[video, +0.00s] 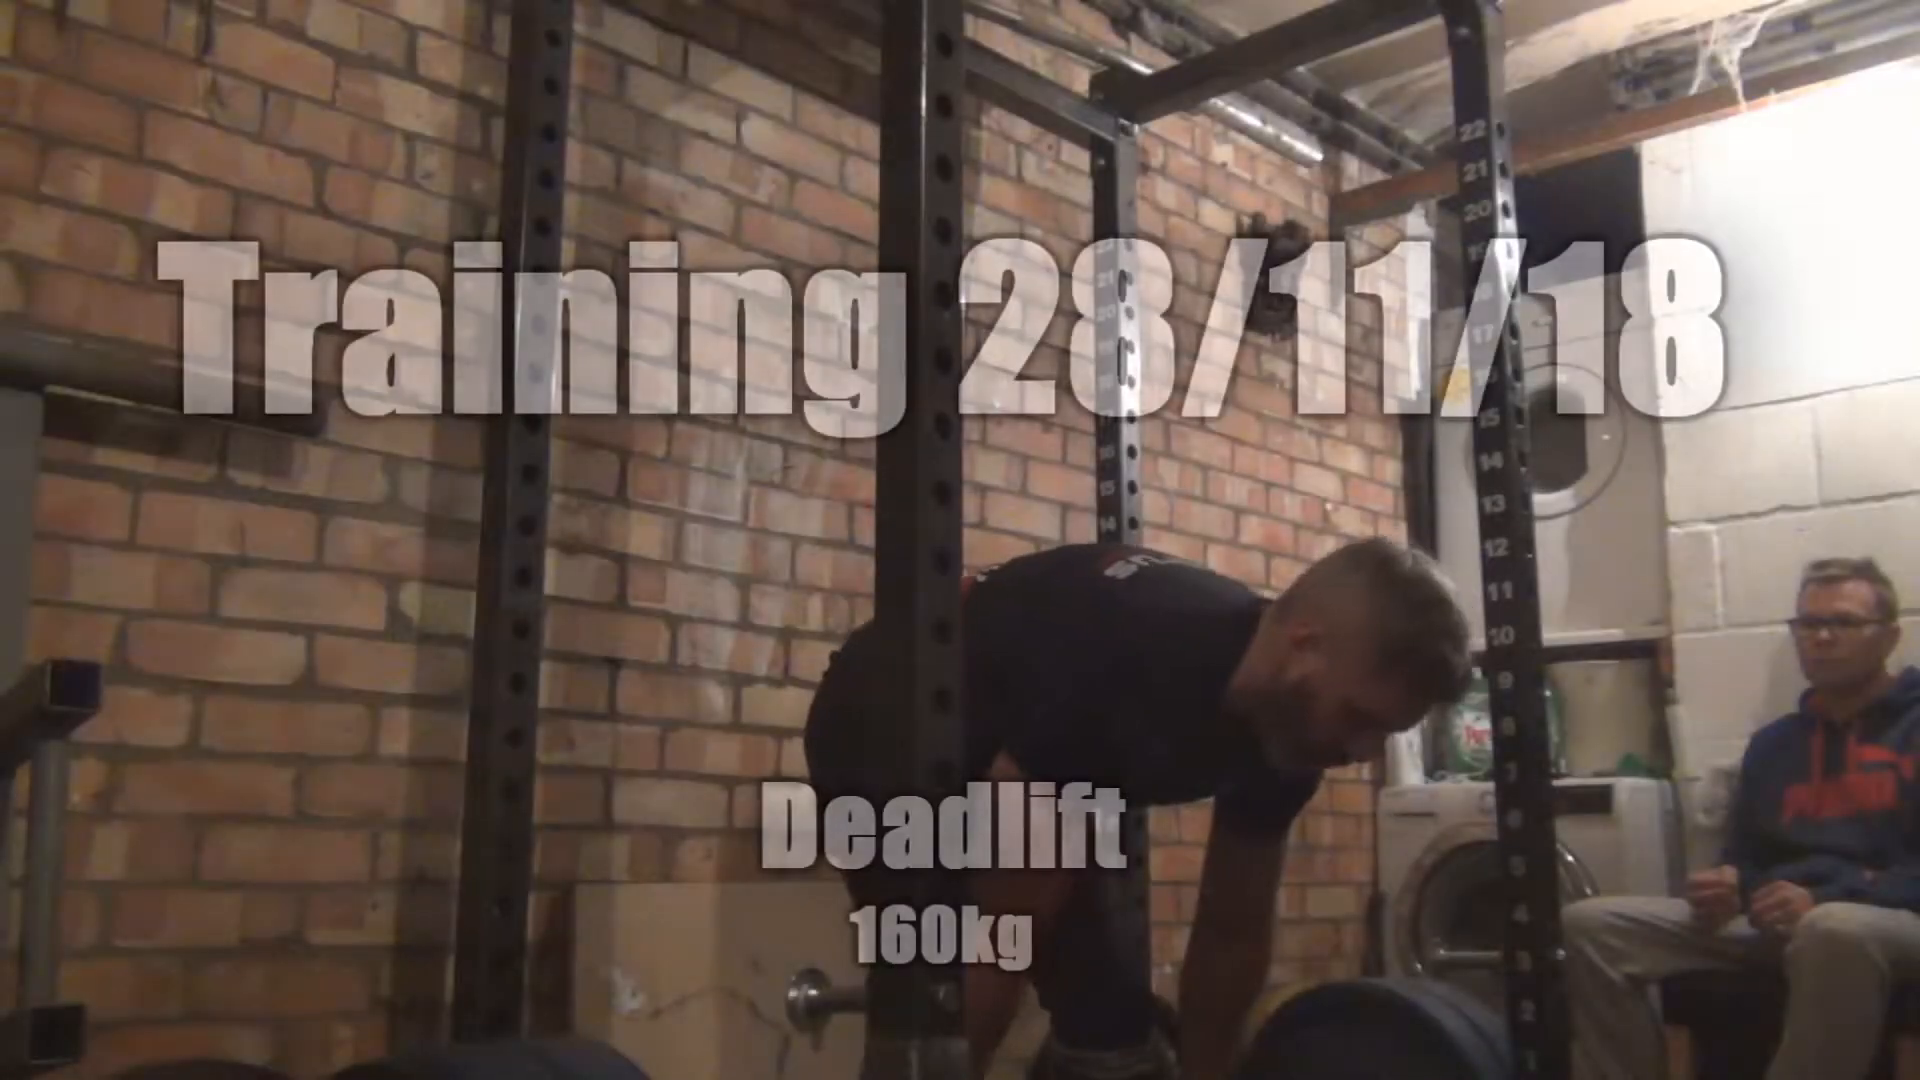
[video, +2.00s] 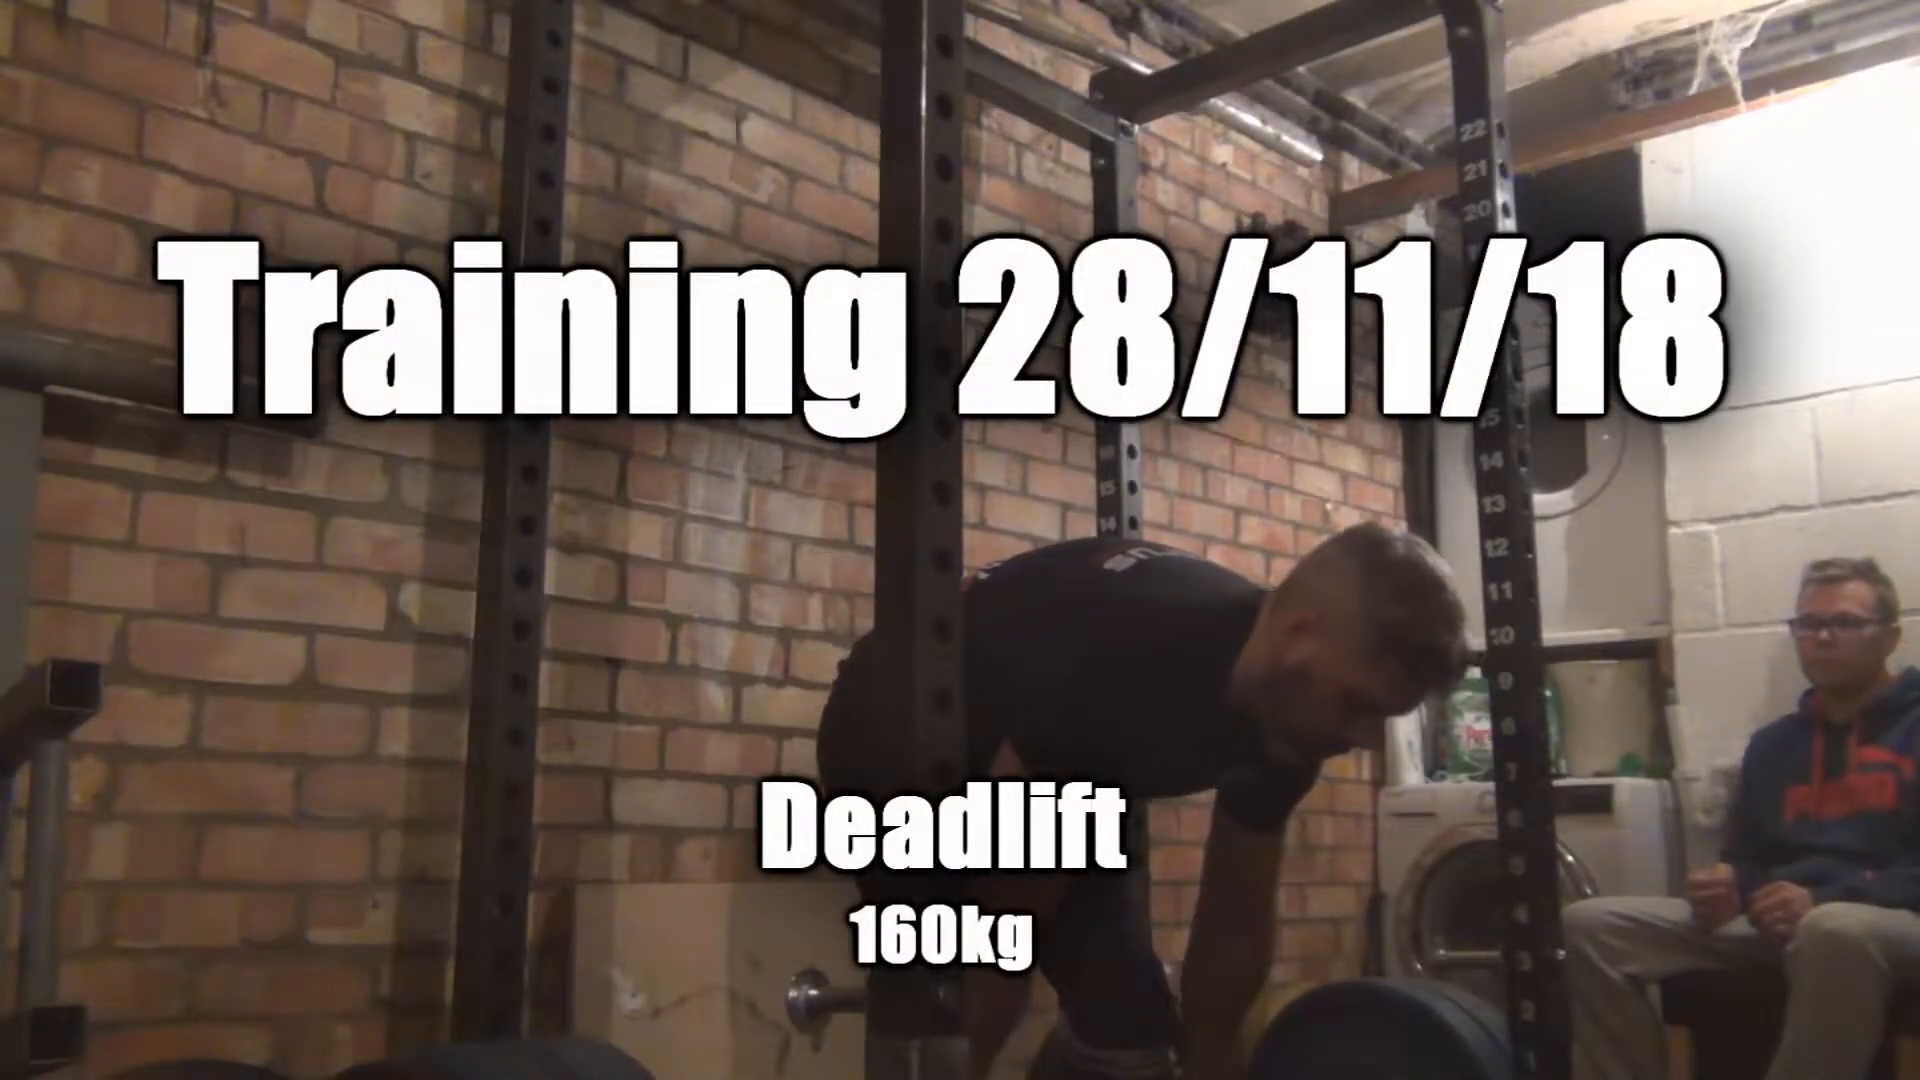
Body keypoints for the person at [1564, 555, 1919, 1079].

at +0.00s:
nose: (1821, 638)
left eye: (1842, 624)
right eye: (1809, 623)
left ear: (1890, 636)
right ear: (1794, 633)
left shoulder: (1913, 724)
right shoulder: (1773, 744)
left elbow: (1913, 877)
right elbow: (1745, 854)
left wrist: (1820, 900)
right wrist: (1729, 886)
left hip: (1894, 921)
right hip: (1772, 921)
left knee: (1831, 936)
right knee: (1589, 928)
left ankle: (1801, 1072)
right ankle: (1627, 1073)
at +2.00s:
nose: (1821, 638)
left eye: (1844, 624)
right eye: (1808, 624)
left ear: (1890, 637)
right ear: (1794, 633)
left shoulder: (1914, 723)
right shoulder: (1772, 745)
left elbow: (1914, 875)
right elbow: (1746, 858)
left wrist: (1821, 900)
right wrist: (1729, 888)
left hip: (1895, 922)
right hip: (1774, 920)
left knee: (1833, 936)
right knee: (1589, 929)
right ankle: (1626, 1073)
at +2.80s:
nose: (1822, 639)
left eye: (1844, 624)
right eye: (1809, 624)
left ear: (1889, 637)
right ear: (1793, 633)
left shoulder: (1914, 723)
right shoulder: (1772, 745)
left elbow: (1914, 875)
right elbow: (1745, 857)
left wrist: (1820, 900)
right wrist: (1729, 885)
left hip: (1893, 921)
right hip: (1771, 920)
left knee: (1833, 936)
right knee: (1589, 929)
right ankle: (1625, 1072)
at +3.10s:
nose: (1821, 638)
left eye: (1843, 624)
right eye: (1808, 624)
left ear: (1889, 637)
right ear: (1793, 634)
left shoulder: (1913, 723)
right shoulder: (1772, 745)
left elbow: (1913, 875)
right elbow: (1745, 864)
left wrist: (1819, 899)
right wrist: (1727, 891)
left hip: (1895, 921)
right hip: (1772, 922)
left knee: (1832, 937)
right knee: (1589, 929)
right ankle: (1627, 1073)